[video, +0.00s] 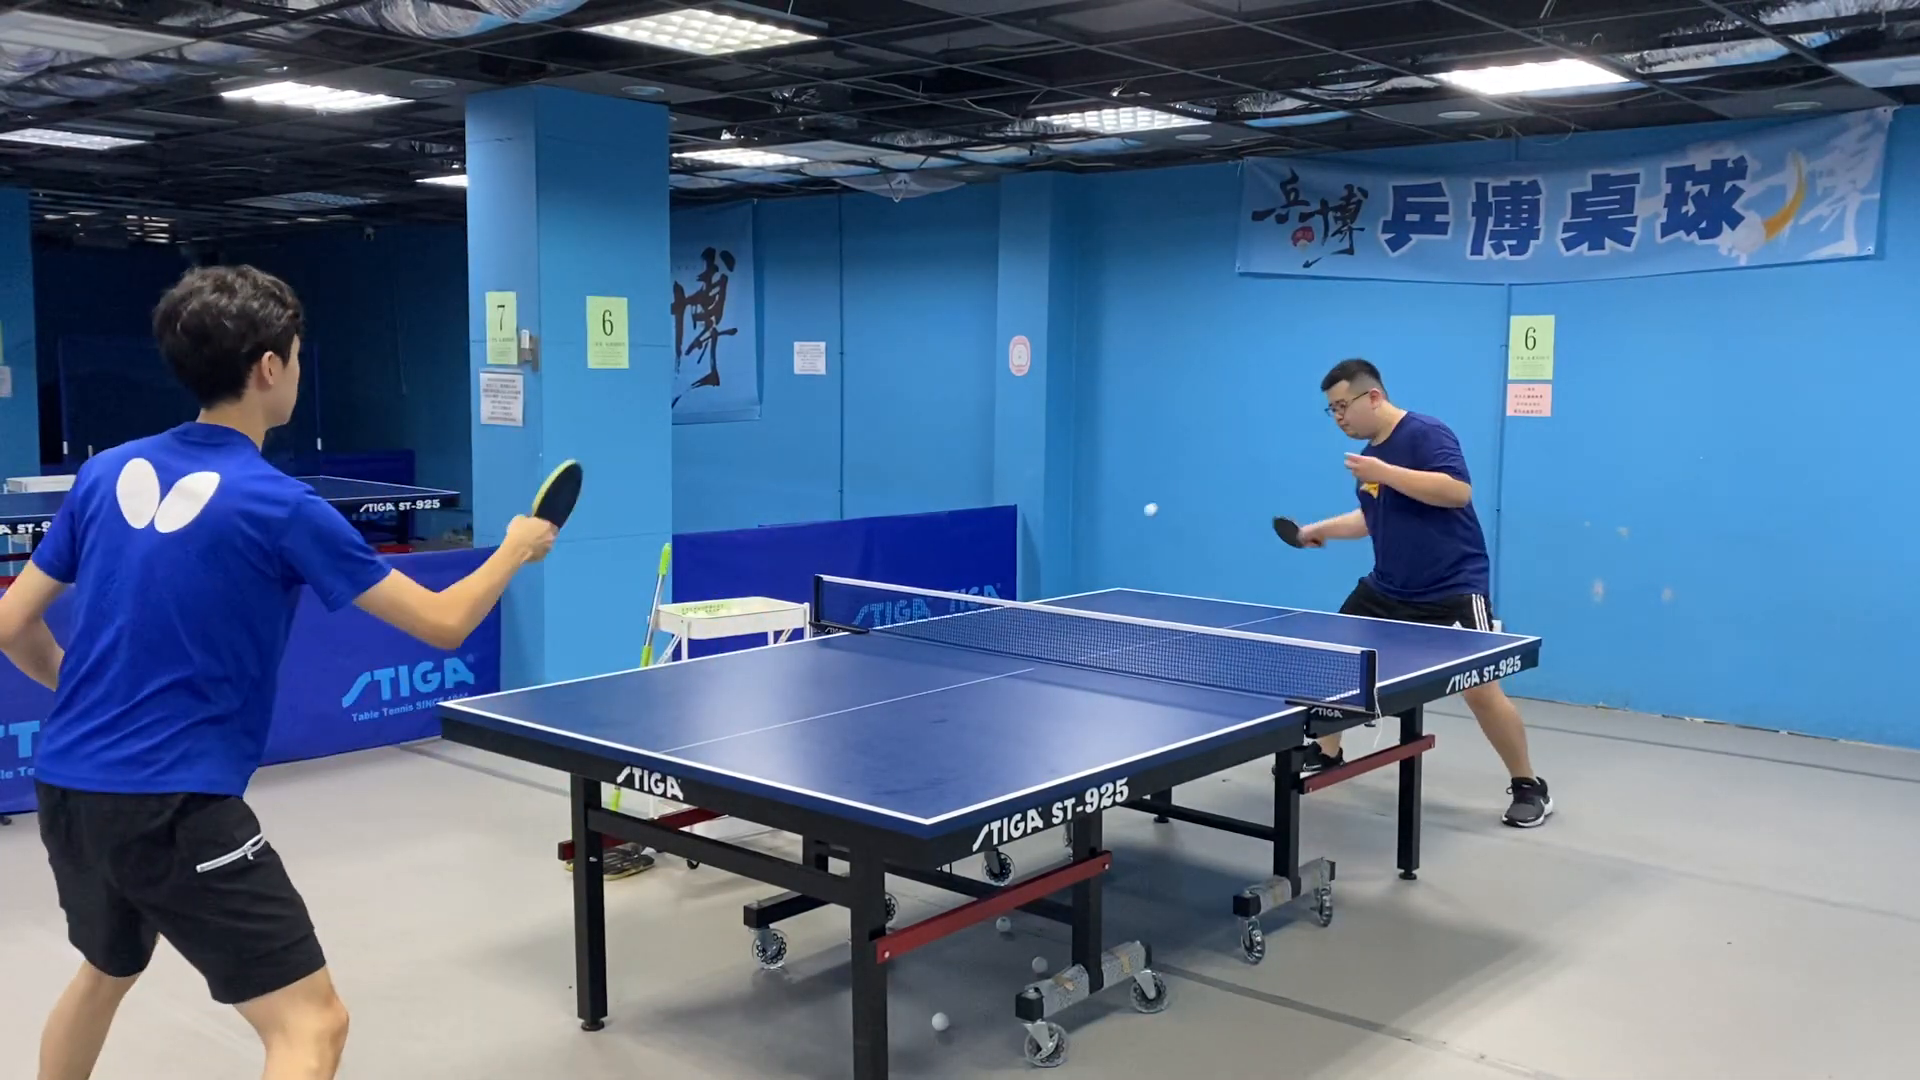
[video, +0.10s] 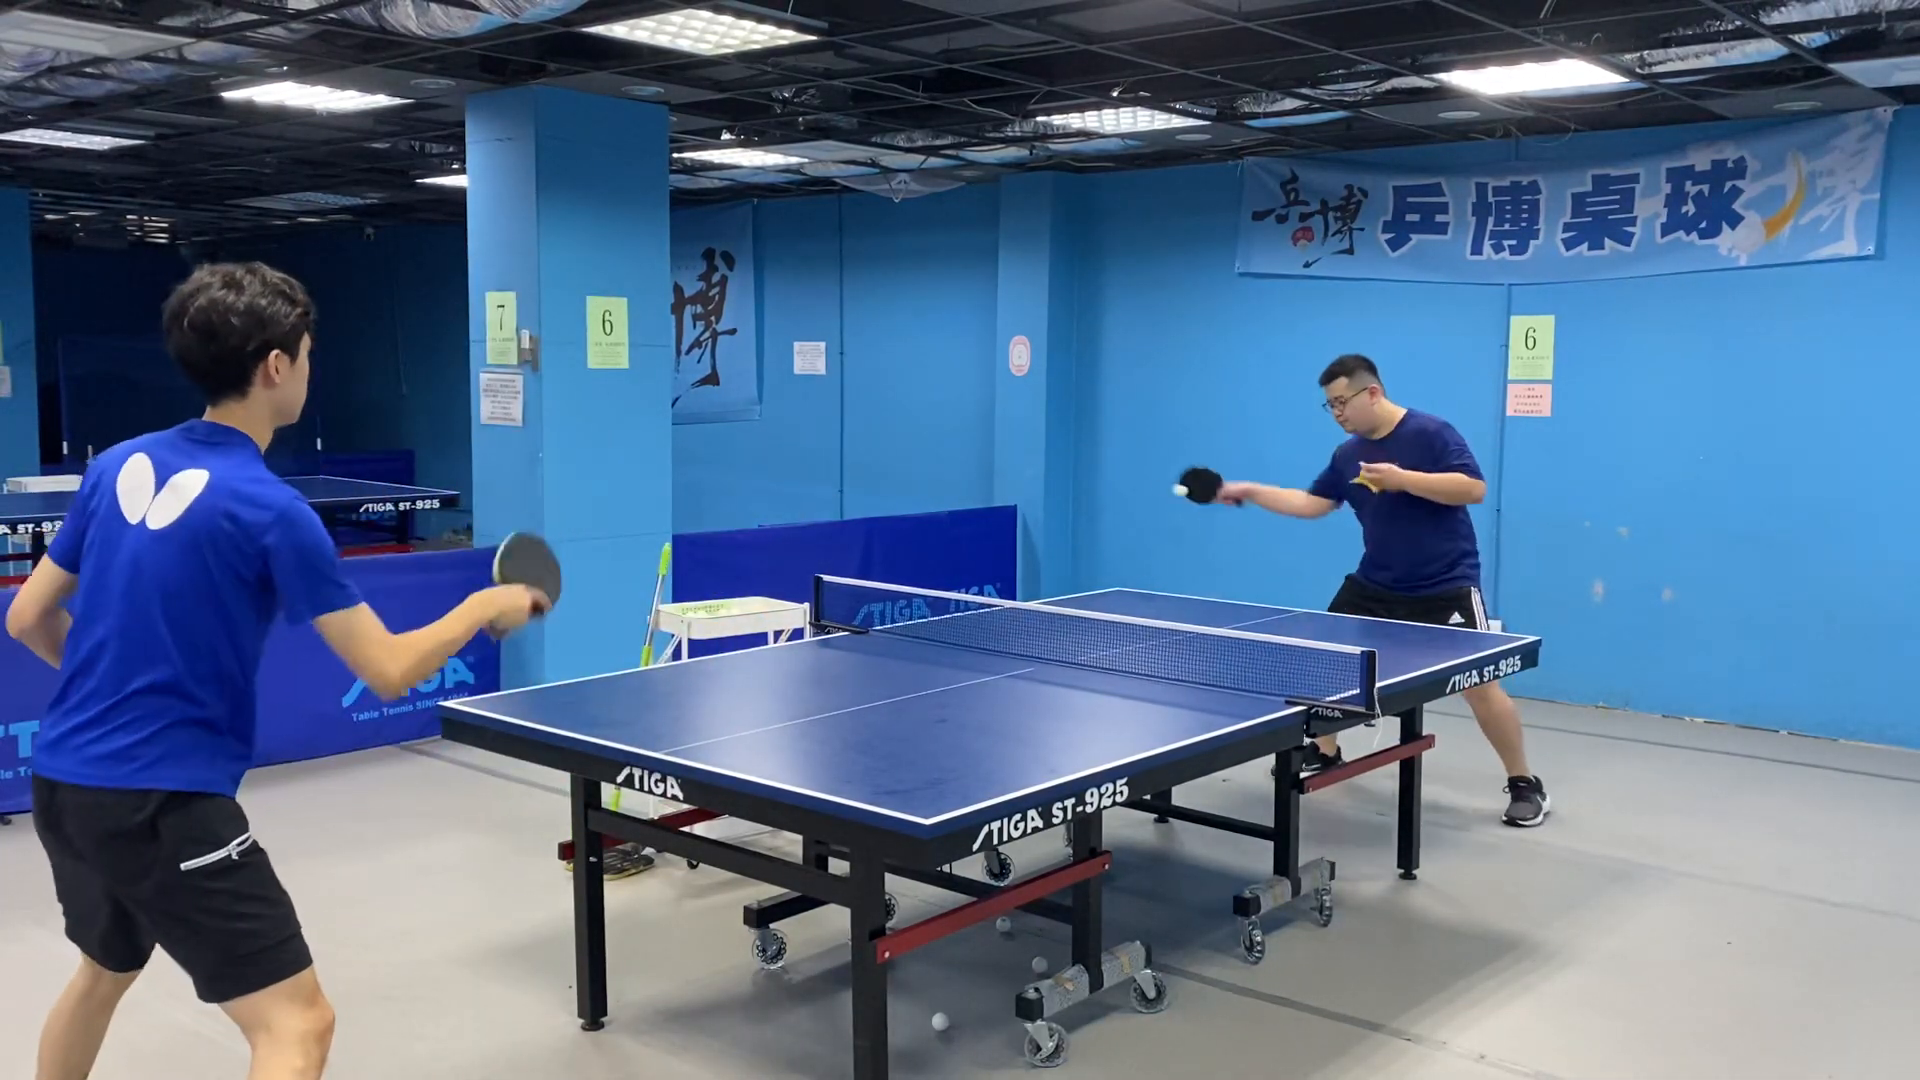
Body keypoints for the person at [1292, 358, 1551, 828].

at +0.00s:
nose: (1337, 419)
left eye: (1341, 407)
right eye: (1332, 411)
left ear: (1374, 398)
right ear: (1364, 405)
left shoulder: (1428, 433)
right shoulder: (1367, 455)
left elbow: (1459, 492)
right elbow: (1374, 518)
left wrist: (1385, 474)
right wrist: (1321, 530)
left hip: (1453, 590)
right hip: (1386, 588)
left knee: (1479, 688)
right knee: (1327, 658)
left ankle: (1526, 785)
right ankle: (1327, 751)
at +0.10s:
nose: (1335, 415)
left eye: (1341, 403)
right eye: (1331, 406)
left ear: (1374, 394)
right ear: (1341, 406)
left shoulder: (1431, 433)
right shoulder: (1348, 455)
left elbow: (1474, 488)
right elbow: (1313, 503)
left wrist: (1402, 479)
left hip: (1445, 589)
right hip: (1372, 587)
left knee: (1479, 683)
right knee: (1316, 657)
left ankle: (1523, 783)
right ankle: (1324, 750)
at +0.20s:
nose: (1336, 408)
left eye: (1344, 398)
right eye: (1331, 401)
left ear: (1375, 392)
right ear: (1330, 402)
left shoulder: (1429, 436)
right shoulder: (1336, 446)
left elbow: (1473, 492)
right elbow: (1292, 482)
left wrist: (1417, 478)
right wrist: (1286, 454)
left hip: (1436, 586)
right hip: (1362, 583)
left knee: (1475, 675)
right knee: (1308, 656)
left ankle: (1518, 780)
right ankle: (1323, 751)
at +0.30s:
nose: (1346, 405)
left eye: (1355, 395)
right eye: (1340, 397)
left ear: (1384, 391)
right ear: (1337, 399)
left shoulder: (1433, 437)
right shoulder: (1337, 439)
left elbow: (1474, 496)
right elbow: (1303, 488)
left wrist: (1427, 480)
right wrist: (1327, 463)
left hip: (1431, 588)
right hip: (1354, 585)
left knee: (1474, 671)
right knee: (1308, 657)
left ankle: (1509, 775)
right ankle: (1324, 751)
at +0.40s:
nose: (1357, 406)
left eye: (1368, 397)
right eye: (1351, 398)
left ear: (1396, 394)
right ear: (1347, 399)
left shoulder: (1442, 442)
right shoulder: (1343, 445)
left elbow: (1481, 499)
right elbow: (1311, 503)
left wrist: (1438, 489)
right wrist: (1329, 484)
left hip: (1434, 589)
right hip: (1357, 587)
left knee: (1475, 670)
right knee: (1310, 656)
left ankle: (1510, 775)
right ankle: (1324, 751)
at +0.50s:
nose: (1367, 408)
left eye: (1377, 399)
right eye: (1360, 400)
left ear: (1405, 398)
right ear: (1355, 403)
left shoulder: (1448, 447)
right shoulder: (1350, 454)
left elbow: (1488, 508)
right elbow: (1327, 516)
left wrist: (1447, 499)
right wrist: (1316, 504)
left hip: (1441, 594)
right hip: (1364, 591)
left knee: (1479, 675)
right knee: (1315, 660)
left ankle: (1510, 776)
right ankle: (1325, 752)